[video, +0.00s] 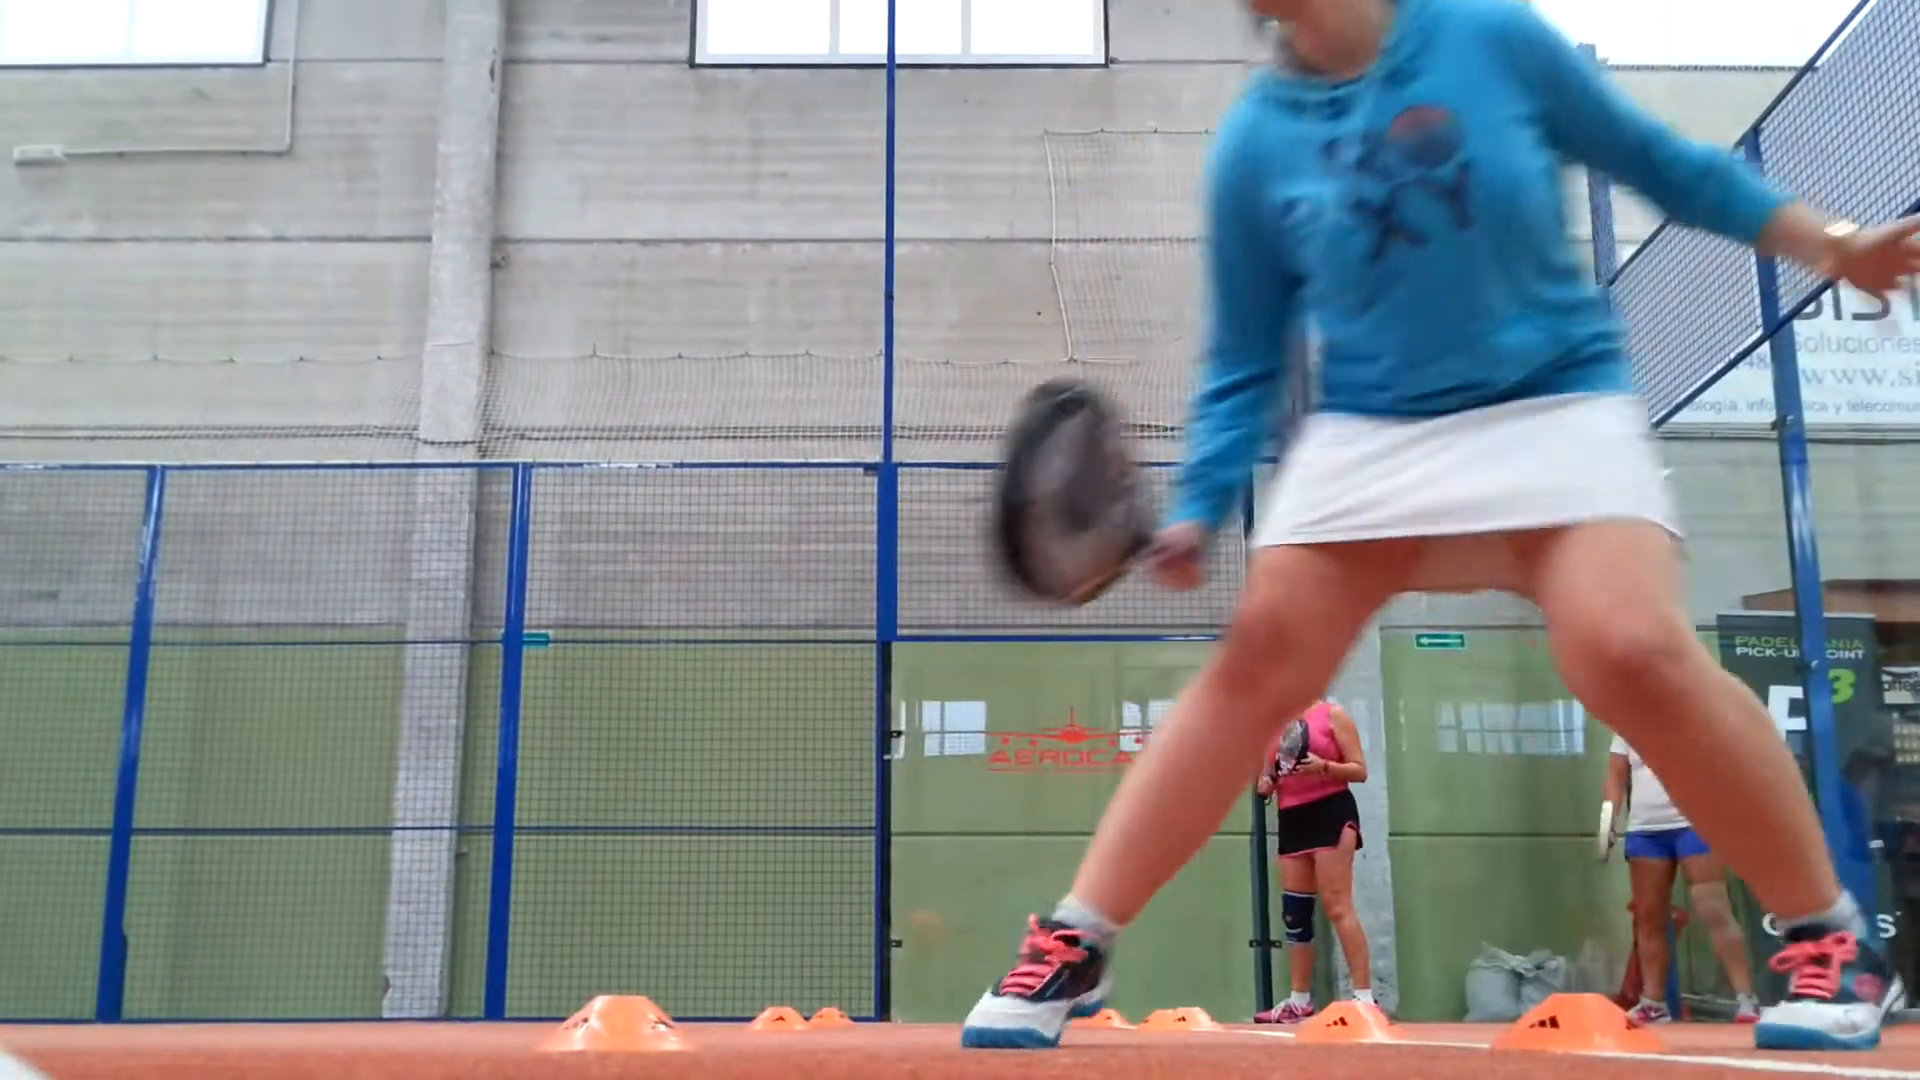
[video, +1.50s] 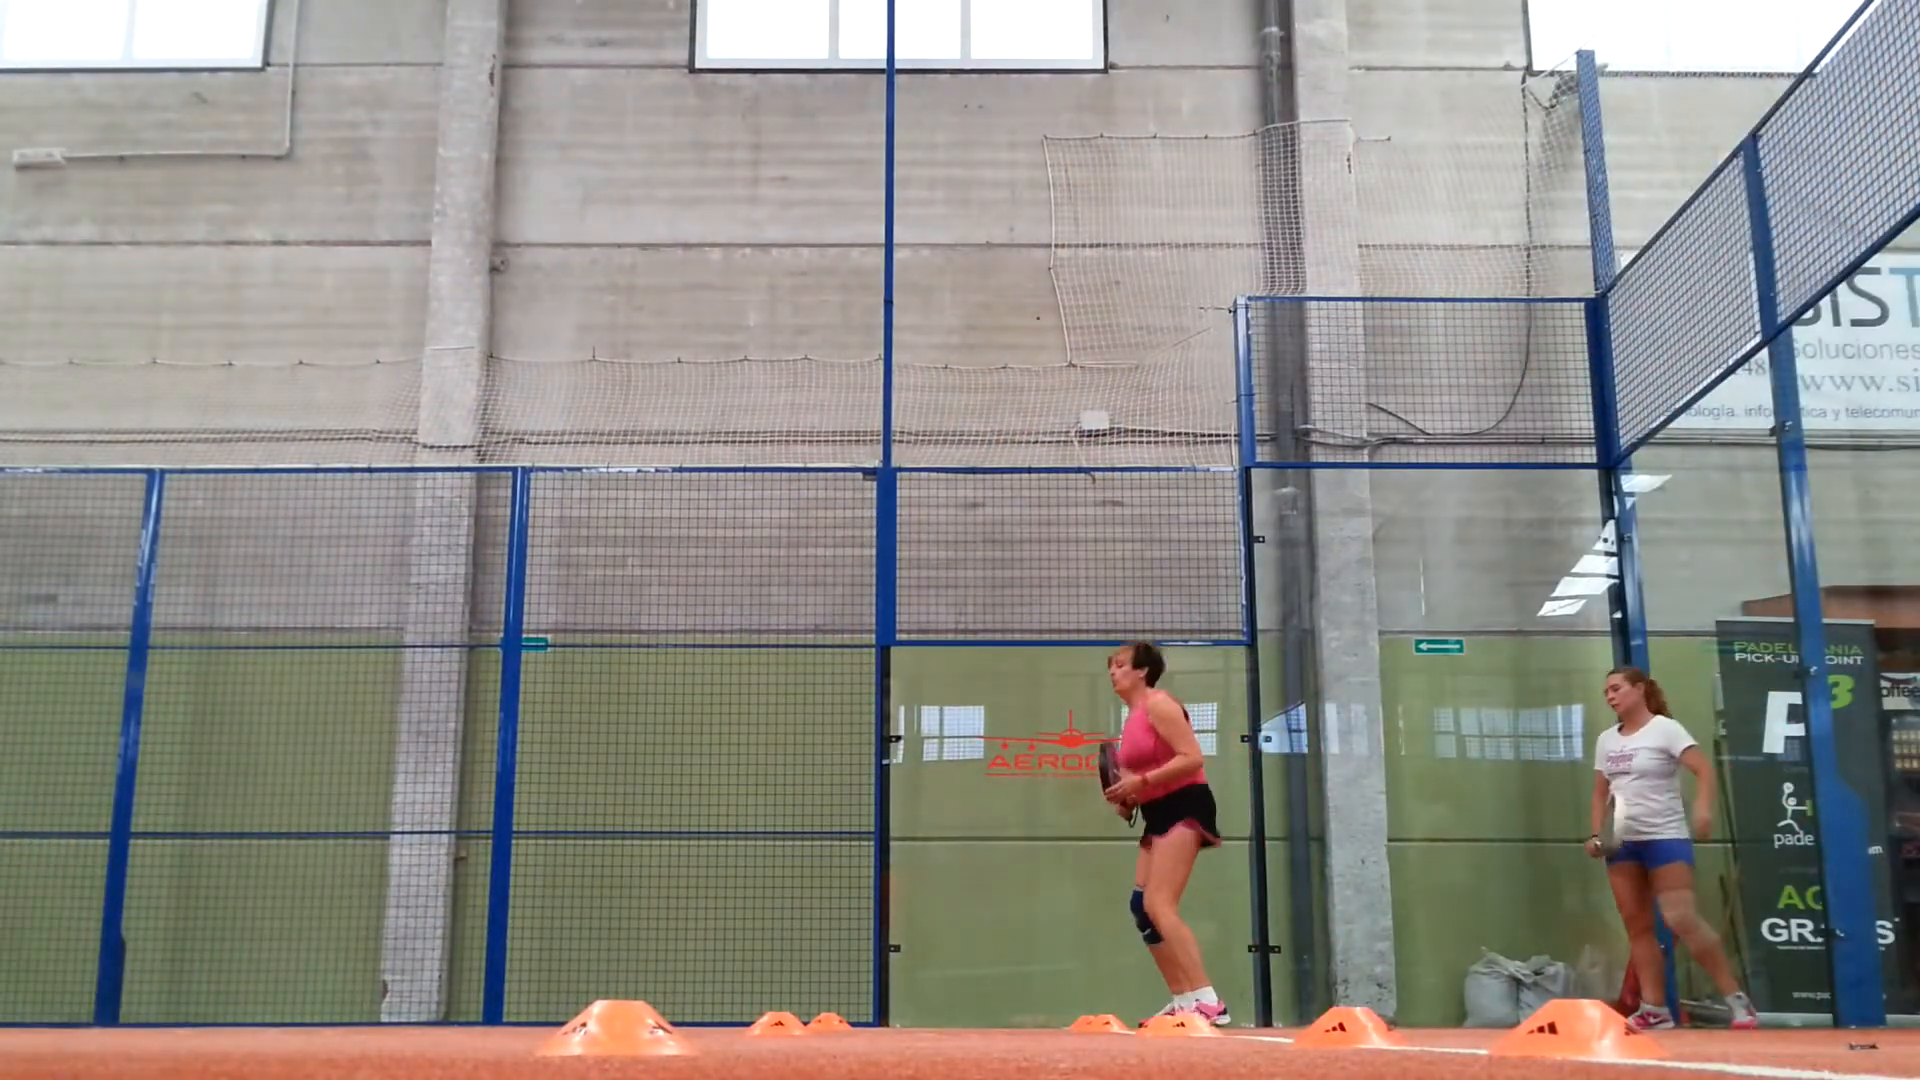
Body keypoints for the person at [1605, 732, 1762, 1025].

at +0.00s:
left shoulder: (1701, 719)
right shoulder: (1632, 717)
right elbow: (1617, 770)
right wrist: (1610, 816)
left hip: (1694, 823)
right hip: (1645, 825)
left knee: (1714, 911)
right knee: (1648, 916)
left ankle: (1745, 999)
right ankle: (1652, 1002)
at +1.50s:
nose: (1610, 696)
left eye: (1616, 689)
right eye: (1607, 692)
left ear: (1640, 690)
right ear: (1609, 700)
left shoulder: (1666, 729)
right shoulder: (1607, 740)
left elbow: (1704, 768)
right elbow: (1600, 791)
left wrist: (1703, 810)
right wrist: (1596, 833)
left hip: (1666, 837)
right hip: (1621, 842)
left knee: (1681, 917)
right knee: (1637, 926)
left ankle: (1735, 998)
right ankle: (1655, 1007)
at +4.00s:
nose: (1466, 701)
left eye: (1472, 695)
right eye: (1462, 697)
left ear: (1494, 701)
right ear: (1461, 706)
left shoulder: (1516, 741)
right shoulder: (1457, 747)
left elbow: (1542, 796)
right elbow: (1455, 795)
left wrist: (1514, 788)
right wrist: (1455, 820)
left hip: (1513, 845)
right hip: (1471, 845)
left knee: (1512, 927)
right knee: (1458, 923)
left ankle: (1522, 1008)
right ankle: (1443, 1005)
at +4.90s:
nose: (1450, 708)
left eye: (1457, 701)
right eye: (1447, 704)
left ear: (1477, 707)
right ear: (1444, 712)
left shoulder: (1496, 745)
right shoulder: (1442, 752)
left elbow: (1515, 798)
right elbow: (1437, 797)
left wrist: (1481, 785)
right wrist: (1430, 821)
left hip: (1487, 847)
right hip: (1447, 848)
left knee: (1497, 930)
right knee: (1450, 930)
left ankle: (1521, 1008)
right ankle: (1453, 1010)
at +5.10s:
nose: (1431, 710)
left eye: (1438, 704)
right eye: (1428, 707)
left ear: (1458, 710)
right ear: (1426, 717)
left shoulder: (1480, 748)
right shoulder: (1423, 758)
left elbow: (1502, 800)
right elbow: (1417, 801)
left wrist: (1469, 789)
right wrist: (1415, 826)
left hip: (1474, 847)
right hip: (1434, 849)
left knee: (1480, 923)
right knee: (1442, 930)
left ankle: (1518, 1003)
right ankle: (1453, 1009)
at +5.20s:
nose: (1426, 710)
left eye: (1433, 704)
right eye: (1422, 707)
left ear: (1453, 710)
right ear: (1421, 717)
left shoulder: (1477, 748)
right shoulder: (1418, 759)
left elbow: (1498, 800)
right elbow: (1410, 802)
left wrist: (1466, 789)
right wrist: (1406, 827)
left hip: (1471, 846)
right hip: (1431, 849)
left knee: (1479, 922)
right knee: (1441, 930)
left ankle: (1515, 1003)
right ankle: (1453, 1009)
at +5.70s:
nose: (1430, 708)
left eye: (1437, 701)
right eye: (1426, 704)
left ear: (1457, 708)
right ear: (1425, 714)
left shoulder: (1475, 743)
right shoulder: (1424, 755)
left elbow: (1494, 794)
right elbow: (1422, 800)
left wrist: (1457, 779)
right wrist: (1416, 821)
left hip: (1471, 846)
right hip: (1433, 849)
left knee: (1484, 927)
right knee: (1443, 931)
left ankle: (1510, 1006)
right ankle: (1453, 1010)